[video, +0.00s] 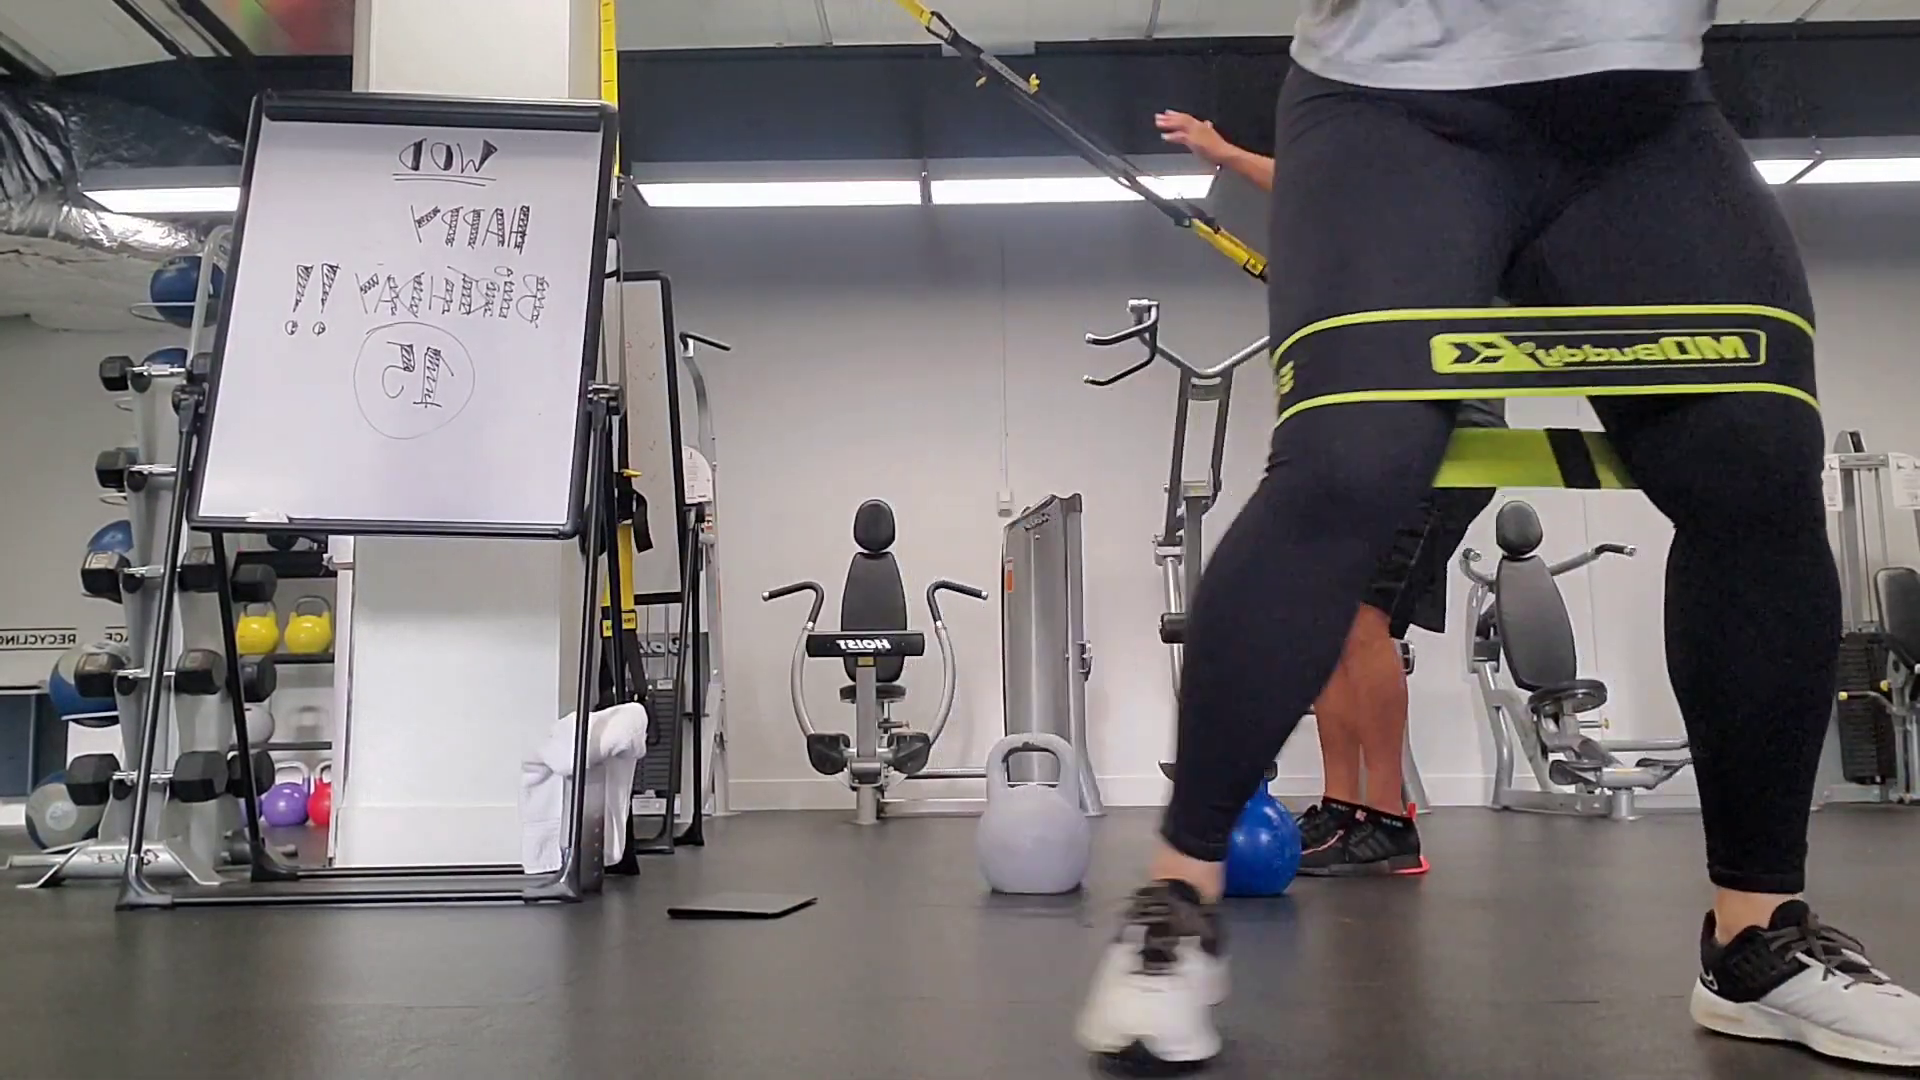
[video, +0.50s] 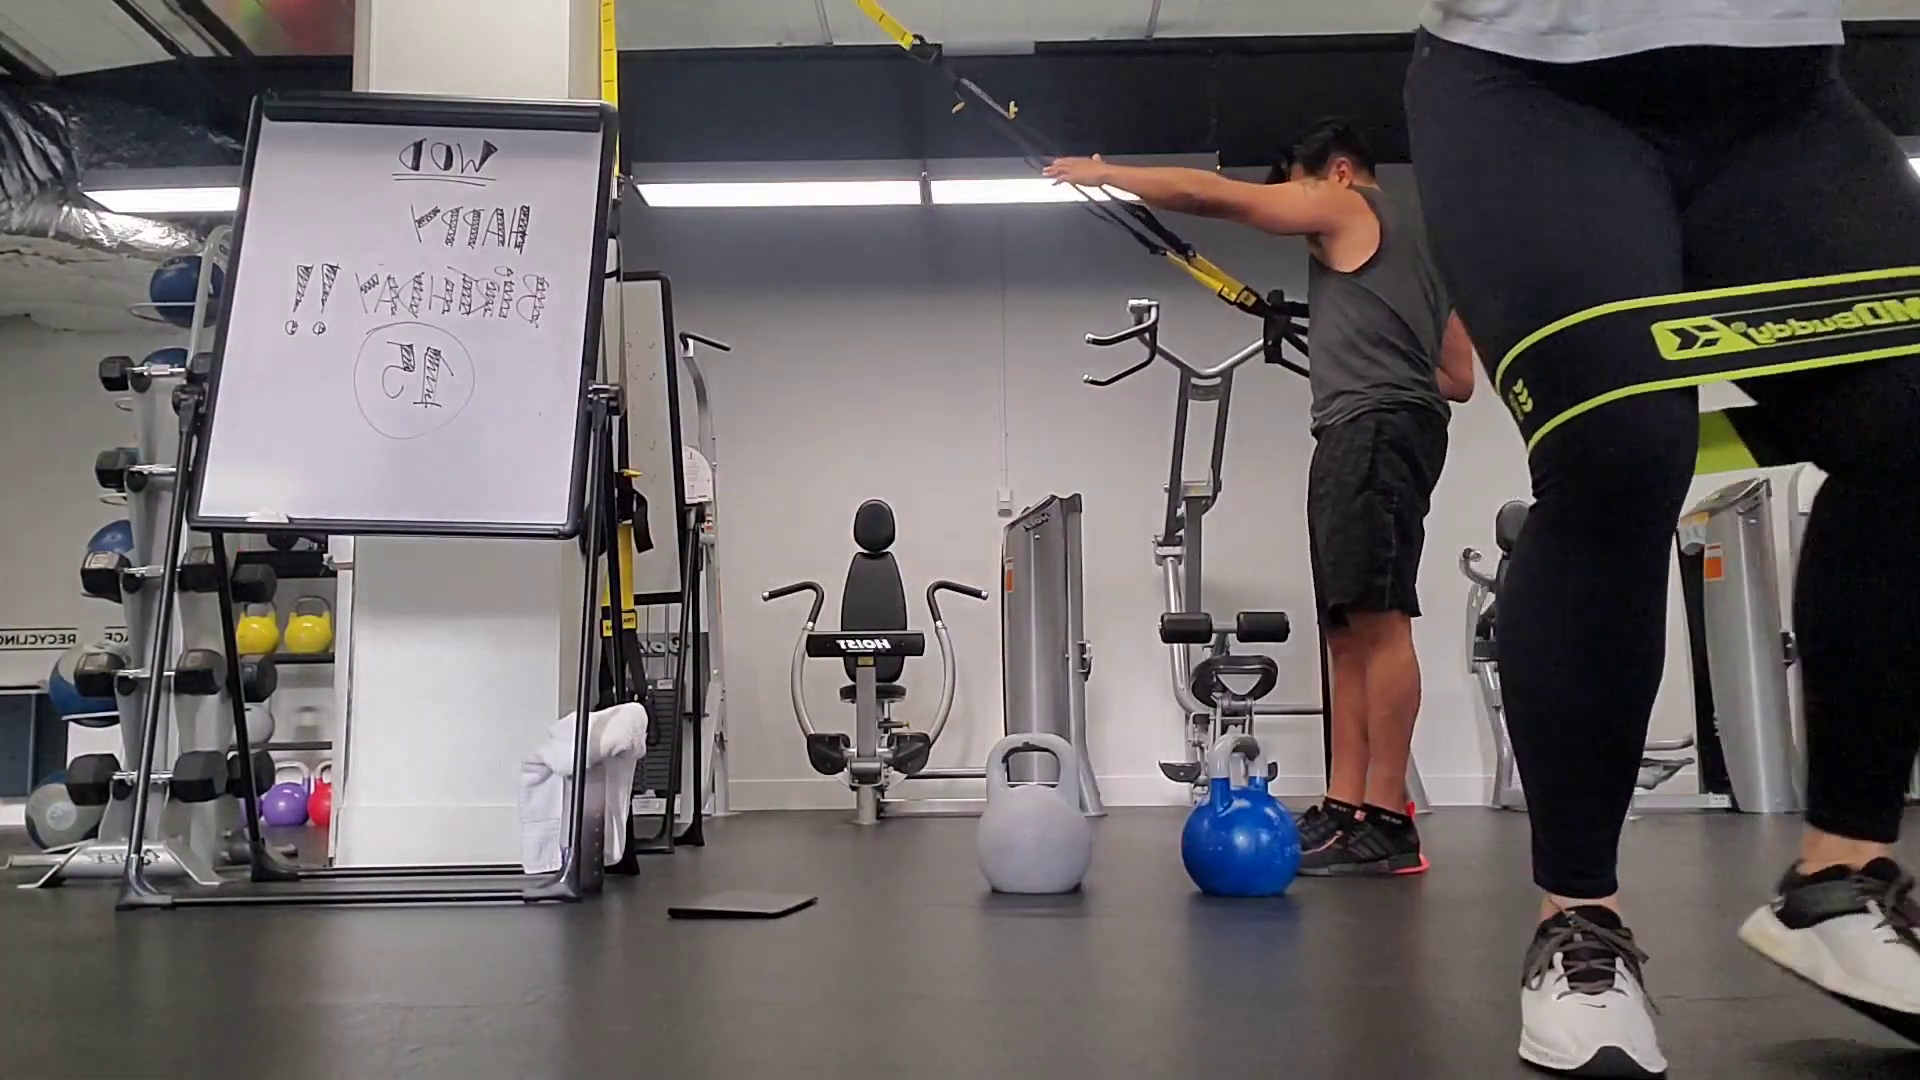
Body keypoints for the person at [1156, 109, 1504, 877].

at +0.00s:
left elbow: (1325, 186)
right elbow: (1320, 188)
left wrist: (1224, 152)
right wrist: (1227, 153)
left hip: (1440, 433)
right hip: (1369, 429)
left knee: (1361, 613)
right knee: (1326, 607)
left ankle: (1390, 819)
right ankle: (1339, 808)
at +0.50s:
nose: (1296, 204)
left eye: (1302, 187)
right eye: (1295, 191)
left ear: (1342, 169)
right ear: (1357, 173)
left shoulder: (1349, 204)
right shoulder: (1425, 246)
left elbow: (1215, 192)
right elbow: (1460, 379)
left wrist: (1104, 171)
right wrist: (1361, 338)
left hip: (1373, 426)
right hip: (1385, 429)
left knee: (1381, 627)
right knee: (1345, 628)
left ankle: (1389, 821)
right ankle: (1346, 809)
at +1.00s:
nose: (1408, 277)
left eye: (1416, 257)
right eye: (1401, 264)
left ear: (1466, 244)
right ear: (1459, 254)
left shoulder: (1522, 306)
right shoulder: (1444, 348)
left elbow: (1523, 345)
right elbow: (1401, 456)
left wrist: (1405, 296)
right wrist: (1359, 398)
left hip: (1482, 522)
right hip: (1422, 526)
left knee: (1329, 621)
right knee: (1279, 635)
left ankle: (1389, 824)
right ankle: (1339, 813)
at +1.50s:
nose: (1629, 473)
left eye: (1650, 462)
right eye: (1618, 461)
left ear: (1692, 482)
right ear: (1603, 471)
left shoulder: (1711, 597)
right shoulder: (1558, 522)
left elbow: (1776, 721)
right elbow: (1450, 468)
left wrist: (1877, 800)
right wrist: (1375, 399)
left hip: (1563, 758)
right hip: (1482, 731)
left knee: (1444, 625)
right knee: (1334, 636)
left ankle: (1403, 823)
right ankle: (1341, 812)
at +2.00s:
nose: (1541, 358)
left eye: (1558, 342)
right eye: (1541, 349)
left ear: (1611, 357)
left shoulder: (1626, 443)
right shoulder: (1529, 453)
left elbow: (1621, 538)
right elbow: (1432, 465)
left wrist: (1595, 557)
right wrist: (1373, 392)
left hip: (1520, 631)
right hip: (1467, 623)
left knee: (1341, 629)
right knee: (1286, 638)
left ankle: (1391, 825)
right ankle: (1333, 811)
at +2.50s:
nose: (1380, 164)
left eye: (1393, 153)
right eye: (1387, 153)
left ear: (1432, 164)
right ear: (1442, 171)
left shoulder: (1398, 206)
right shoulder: (1468, 265)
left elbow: (1269, 172)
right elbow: (1466, 384)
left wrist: (1158, 128)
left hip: (1399, 433)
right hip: (1421, 440)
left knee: (1360, 615)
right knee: (1321, 617)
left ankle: (1387, 822)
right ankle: (1315, 803)